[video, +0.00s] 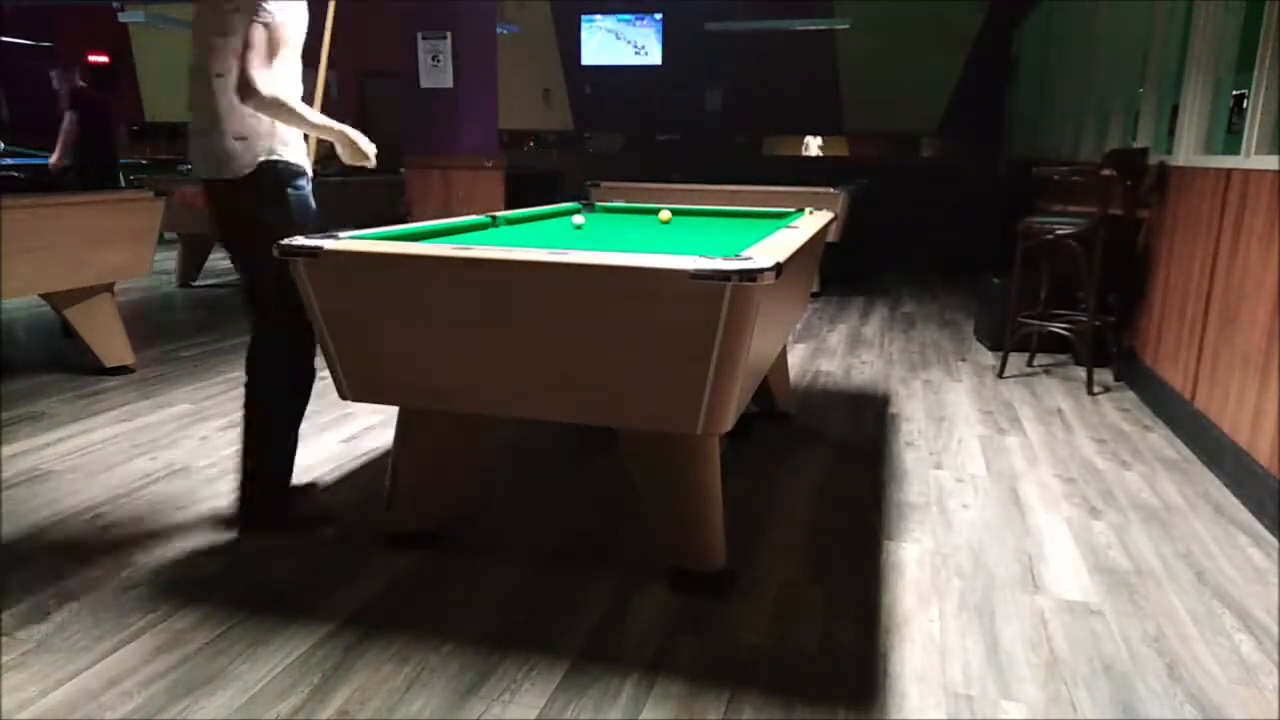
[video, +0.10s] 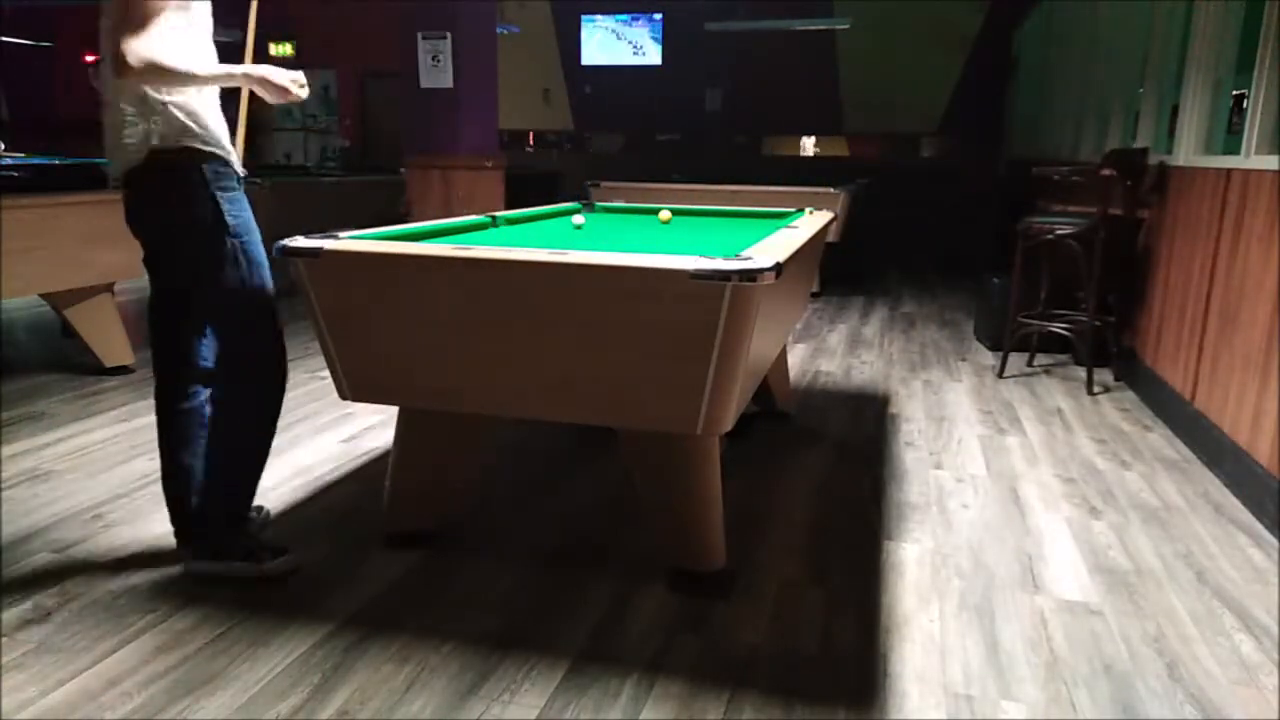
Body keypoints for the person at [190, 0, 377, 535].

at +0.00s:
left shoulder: (231, 11)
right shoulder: (276, 3)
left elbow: (234, 94)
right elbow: (256, 84)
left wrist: (299, 140)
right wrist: (337, 130)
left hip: (238, 177)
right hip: (265, 175)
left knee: (277, 336)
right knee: (289, 339)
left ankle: (262, 492)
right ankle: (267, 500)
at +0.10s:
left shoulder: (138, 11)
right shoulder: (166, 2)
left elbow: (145, 73)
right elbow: (137, 53)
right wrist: (246, 75)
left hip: (157, 173)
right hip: (193, 168)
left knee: (187, 362)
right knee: (258, 355)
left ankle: (199, 533)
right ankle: (223, 531)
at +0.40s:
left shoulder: (114, 16)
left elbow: (197, 80)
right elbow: (200, 51)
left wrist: (267, 47)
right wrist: (274, 6)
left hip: (167, 179)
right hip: (193, 175)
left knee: (198, 359)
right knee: (221, 360)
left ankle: (204, 526)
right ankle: (201, 549)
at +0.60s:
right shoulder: (91, 6)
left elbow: (63, 107)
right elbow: (97, 98)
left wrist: (161, 127)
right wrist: (179, 156)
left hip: (27, 188)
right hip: (65, 191)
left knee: (38, 381)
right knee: (141, 378)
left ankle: (14, 546)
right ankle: (193, 548)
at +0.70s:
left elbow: (7, 88)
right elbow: (8, 88)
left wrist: (64, 117)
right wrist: (64, 117)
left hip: (22, 179)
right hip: (9, 180)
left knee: (32, 369)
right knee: (18, 375)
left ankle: (19, 541)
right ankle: (17, 542)